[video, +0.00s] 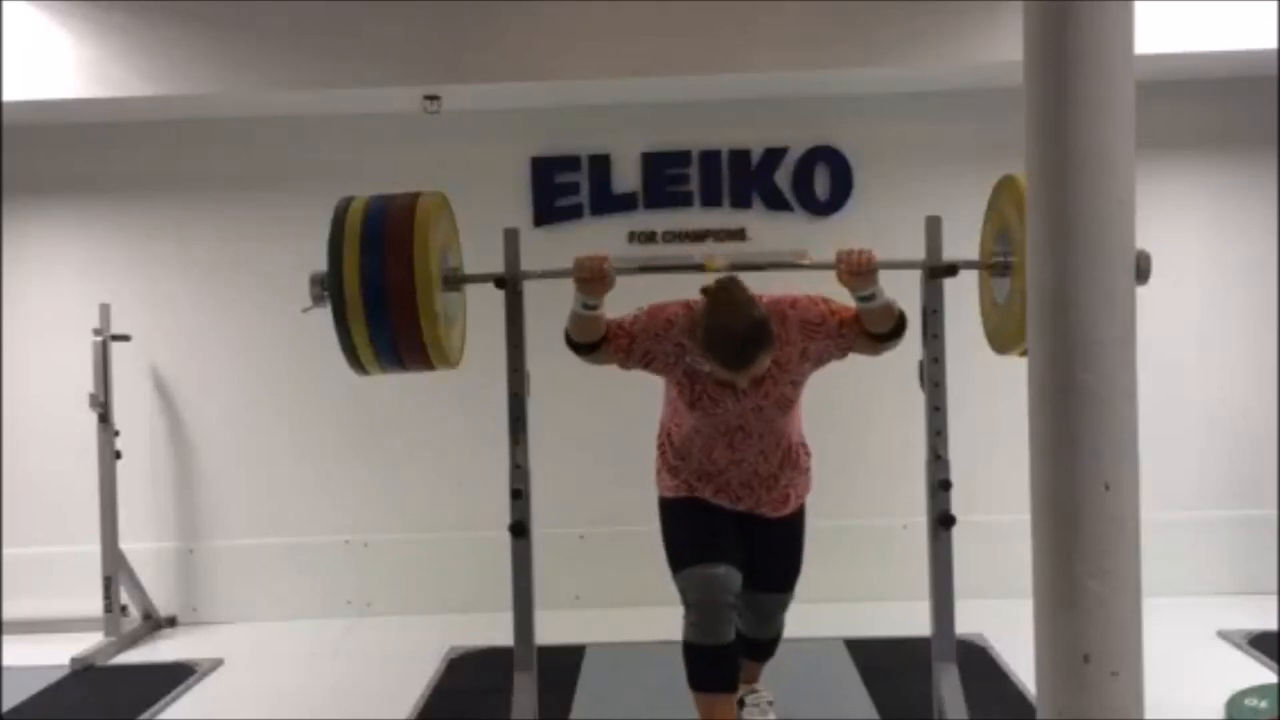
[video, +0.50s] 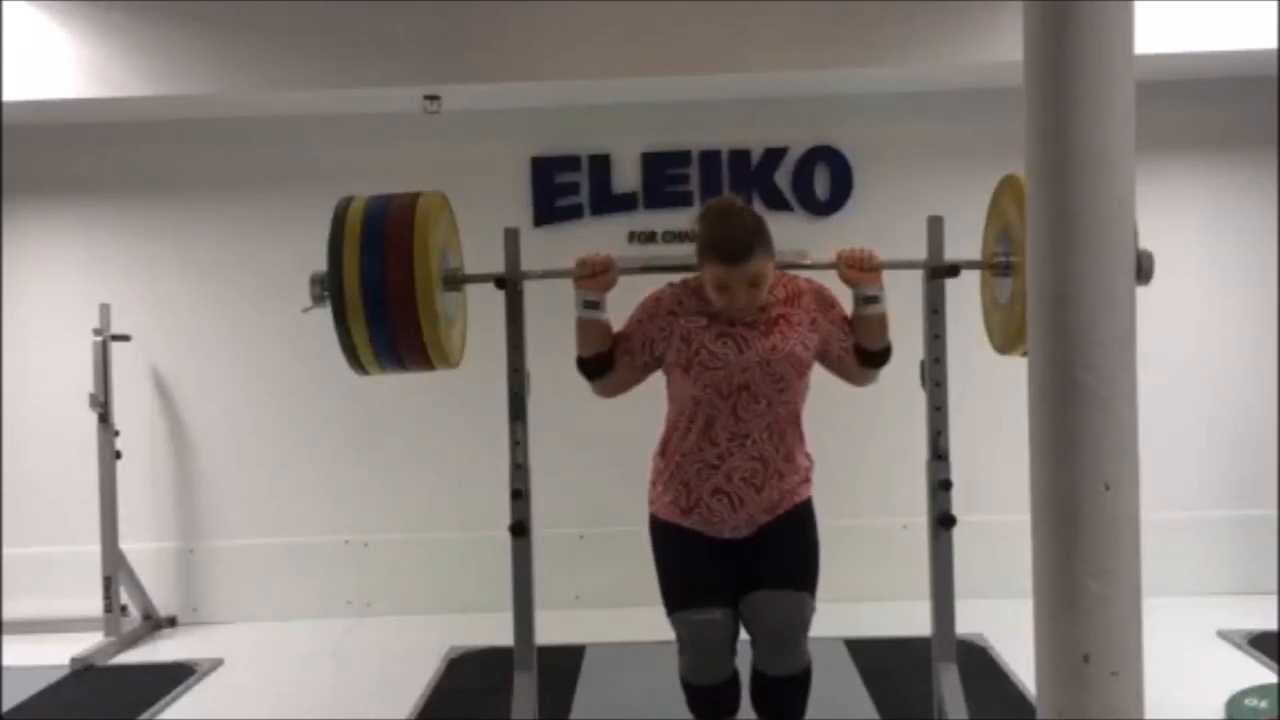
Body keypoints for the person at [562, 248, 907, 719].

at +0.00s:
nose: (744, 382)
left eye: (754, 371)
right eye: (727, 375)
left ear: (767, 338)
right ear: (702, 348)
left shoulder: (800, 322)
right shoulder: (671, 331)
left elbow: (885, 336)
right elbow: (587, 346)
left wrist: (868, 290)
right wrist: (588, 301)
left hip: (776, 490)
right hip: (696, 488)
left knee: (766, 612)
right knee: (712, 605)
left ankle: (747, 688)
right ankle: (717, 712)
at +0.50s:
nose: (738, 299)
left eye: (752, 283)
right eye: (722, 287)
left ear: (770, 264)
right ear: (700, 269)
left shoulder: (803, 303)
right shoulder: (672, 310)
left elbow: (863, 370)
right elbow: (607, 380)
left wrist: (869, 295)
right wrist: (590, 302)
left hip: (779, 513)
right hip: (688, 518)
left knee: (784, 653)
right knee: (705, 659)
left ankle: (782, 718)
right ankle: (714, 716)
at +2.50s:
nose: (729, 239)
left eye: (742, 224)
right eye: (714, 225)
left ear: (760, 219)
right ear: (692, 222)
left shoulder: (786, 269)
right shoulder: (656, 272)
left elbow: (833, 341)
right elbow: (604, 345)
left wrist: (848, 274)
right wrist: (584, 278)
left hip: (771, 490)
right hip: (683, 492)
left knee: (770, 642)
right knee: (700, 647)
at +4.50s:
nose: (702, 243)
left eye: (712, 231)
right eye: (689, 233)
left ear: (726, 230)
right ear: (668, 233)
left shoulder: (750, 275)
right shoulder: (640, 276)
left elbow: (791, 336)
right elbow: (594, 337)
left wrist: (803, 282)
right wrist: (580, 278)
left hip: (744, 454)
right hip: (665, 457)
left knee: (766, 577)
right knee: (670, 581)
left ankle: (796, 695)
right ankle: (665, 701)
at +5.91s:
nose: (702, 232)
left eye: (712, 222)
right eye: (689, 223)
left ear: (727, 228)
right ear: (670, 231)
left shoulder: (753, 278)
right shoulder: (643, 280)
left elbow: (793, 339)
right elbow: (600, 339)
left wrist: (805, 285)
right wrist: (586, 281)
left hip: (744, 456)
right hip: (667, 459)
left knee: (762, 576)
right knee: (673, 579)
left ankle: (797, 694)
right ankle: (664, 698)